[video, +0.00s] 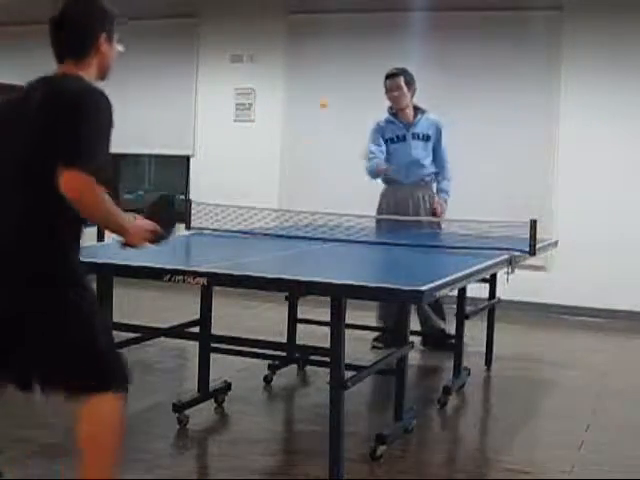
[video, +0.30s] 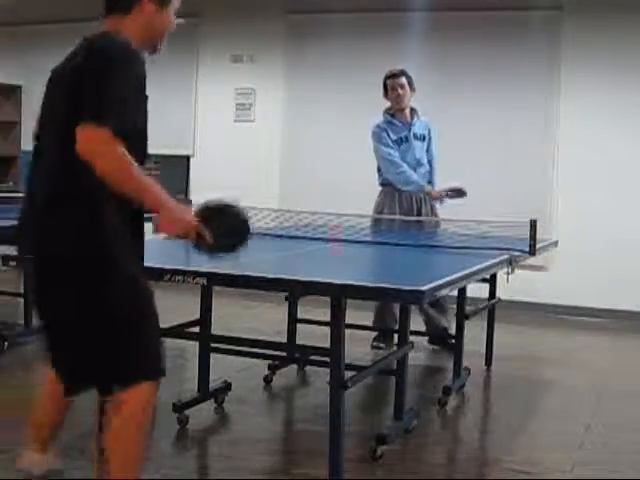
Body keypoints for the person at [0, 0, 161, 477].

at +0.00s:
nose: (115, 51)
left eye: (114, 41)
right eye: (113, 42)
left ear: (59, 44)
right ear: (101, 45)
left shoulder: (21, 98)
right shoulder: (87, 100)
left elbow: (22, 182)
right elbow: (76, 182)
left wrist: (116, 218)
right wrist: (125, 225)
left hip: (9, 268)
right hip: (48, 273)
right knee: (106, 381)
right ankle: (96, 472)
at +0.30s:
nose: (173, 23)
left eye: (174, 13)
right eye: (171, 11)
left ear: (128, 9)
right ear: (146, 7)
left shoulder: (73, 63)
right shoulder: (116, 56)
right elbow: (95, 143)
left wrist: (162, 210)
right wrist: (167, 206)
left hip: (53, 242)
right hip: (93, 245)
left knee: (69, 359)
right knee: (138, 378)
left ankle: (34, 458)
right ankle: (121, 473)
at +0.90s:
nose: (308, 35)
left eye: (313, 23)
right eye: (307, 17)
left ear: (259, 9)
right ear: (269, 6)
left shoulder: (183, 51)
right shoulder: (217, 61)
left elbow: (122, 128)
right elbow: (212, 175)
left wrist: (137, 208)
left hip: (138, 292)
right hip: (181, 298)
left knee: (158, 448)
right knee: (231, 452)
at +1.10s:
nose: (282, 10)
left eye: (284, 4)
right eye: (281, 2)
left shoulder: (150, 40)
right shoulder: (237, 37)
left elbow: (78, 104)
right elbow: (253, 129)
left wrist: (42, 157)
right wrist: (380, 162)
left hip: (126, 282)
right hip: (195, 285)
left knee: (150, 451)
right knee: (225, 455)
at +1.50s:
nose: (209, 7)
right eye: (208, 5)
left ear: (145, 3)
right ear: (198, 4)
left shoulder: (81, 59)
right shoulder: (212, 63)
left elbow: (23, 156)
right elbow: (206, 169)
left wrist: (5, 243)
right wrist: (219, 273)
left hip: (73, 285)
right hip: (158, 293)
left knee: (74, 413)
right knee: (184, 455)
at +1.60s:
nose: (177, 12)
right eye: (178, 7)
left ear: (109, 7)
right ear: (169, 7)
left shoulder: (46, 74)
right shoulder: (182, 75)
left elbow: (5, 163)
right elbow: (201, 177)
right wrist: (209, 266)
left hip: (51, 293)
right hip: (139, 299)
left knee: (35, 433)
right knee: (161, 458)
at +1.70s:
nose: (144, 17)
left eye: (143, 11)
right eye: (142, 10)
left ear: (75, 13)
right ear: (133, 11)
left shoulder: (16, 85)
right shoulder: (153, 86)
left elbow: (6, 189)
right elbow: (185, 185)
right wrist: (196, 266)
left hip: (22, 297)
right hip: (111, 300)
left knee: (10, 444)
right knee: (154, 457)